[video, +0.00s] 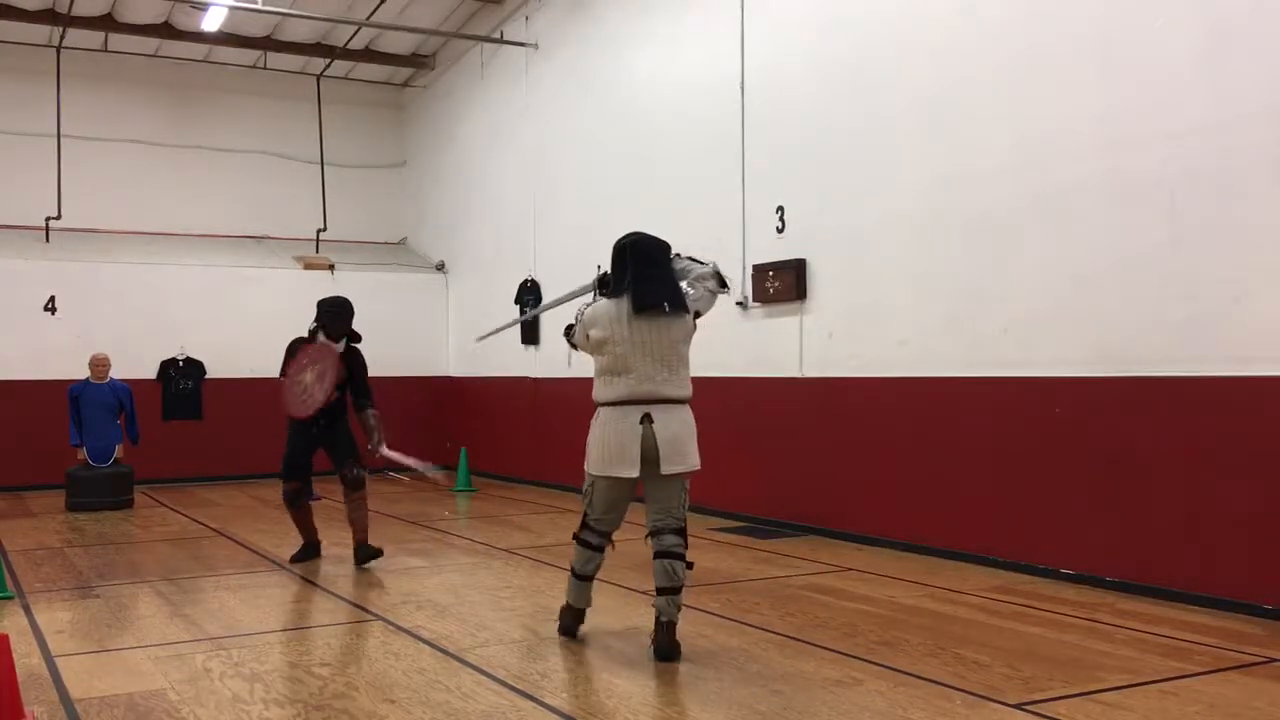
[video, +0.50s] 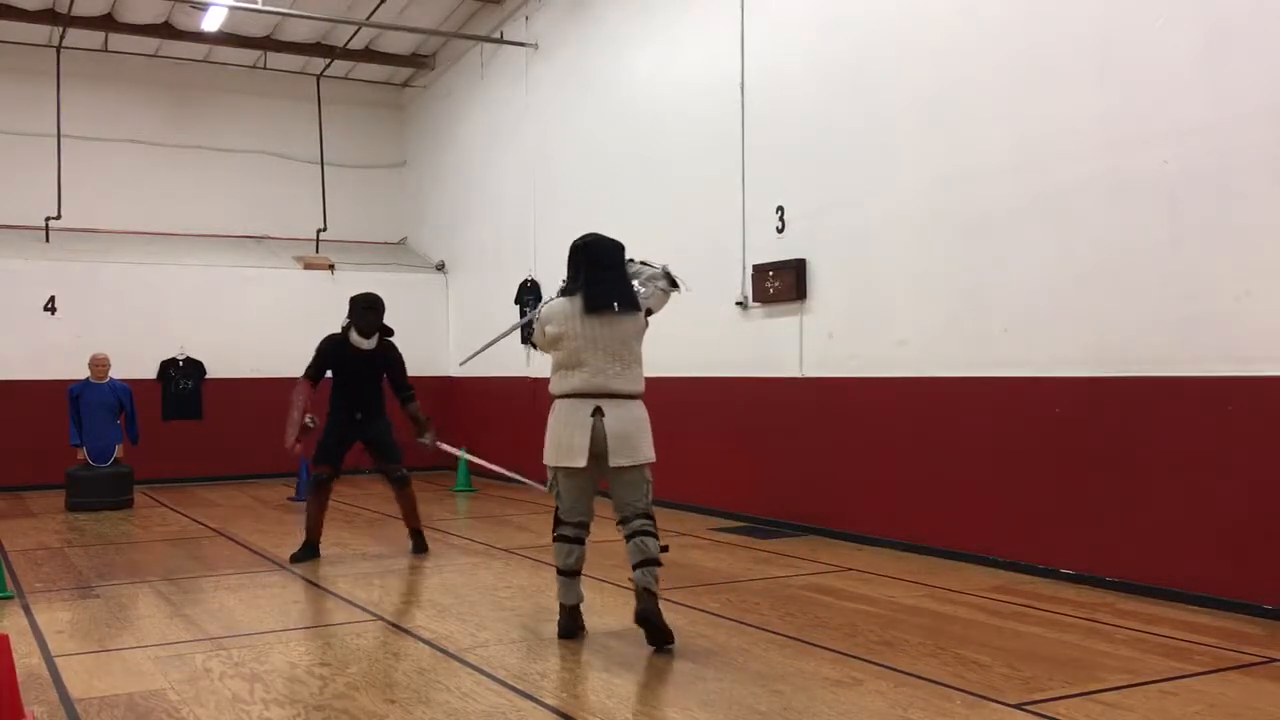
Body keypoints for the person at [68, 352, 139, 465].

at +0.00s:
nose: (100, 369)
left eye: (104, 366)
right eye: (97, 366)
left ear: (109, 367)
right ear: (90, 367)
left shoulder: (121, 389)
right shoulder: (77, 390)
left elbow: (130, 415)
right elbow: (74, 419)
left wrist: (133, 437)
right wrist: (78, 444)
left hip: (113, 444)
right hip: (88, 444)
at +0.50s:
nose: (100, 369)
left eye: (104, 366)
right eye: (96, 366)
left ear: (109, 367)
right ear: (89, 367)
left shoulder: (121, 389)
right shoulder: (77, 390)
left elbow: (130, 415)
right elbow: (74, 419)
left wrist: (133, 437)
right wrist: (78, 445)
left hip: (113, 444)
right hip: (88, 444)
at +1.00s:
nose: (100, 369)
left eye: (104, 366)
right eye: (96, 366)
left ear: (109, 367)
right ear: (90, 367)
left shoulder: (121, 389)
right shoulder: (77, 390)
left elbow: (130, 415)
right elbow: (74, 419)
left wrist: (133, 437)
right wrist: (78, 445)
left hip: (113, 444)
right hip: (88, 444)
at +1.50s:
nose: (100, 369)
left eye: (104, 366)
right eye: (96, 366)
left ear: (109, 367)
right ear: (89, 367)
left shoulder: (121, 389)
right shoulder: (77, 390)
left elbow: (130, 415)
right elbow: (74, 419)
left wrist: (133, 437)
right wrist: (78, 444)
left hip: (114, 445)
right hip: (87, 445)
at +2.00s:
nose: (100, 369)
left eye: (104, 366)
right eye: (96, 366)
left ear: (109, 367)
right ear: (89, 367)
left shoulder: (121, 389)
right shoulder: (77, 390)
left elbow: (130, 415)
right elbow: (74, 419)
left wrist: (133, 437)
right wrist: (78, 444)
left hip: (114, 445)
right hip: (87, 445)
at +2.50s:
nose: (100, 369)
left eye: (104, 366)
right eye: (96, 366)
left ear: (109, 367)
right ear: (89, 367)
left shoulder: (121, 389)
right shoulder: (77, 390)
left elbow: (130, 415)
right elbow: (74, 419)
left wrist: (133, 437)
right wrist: (78, 445)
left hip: (114, 445)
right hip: (87, 445)